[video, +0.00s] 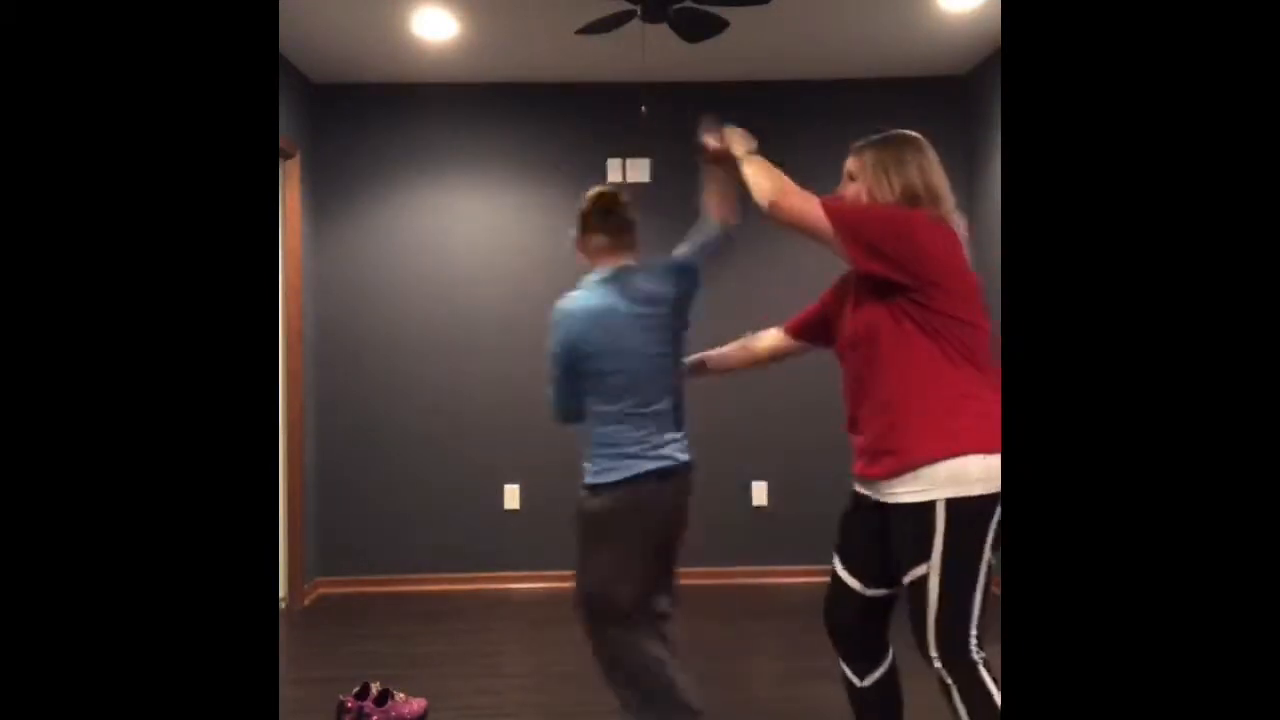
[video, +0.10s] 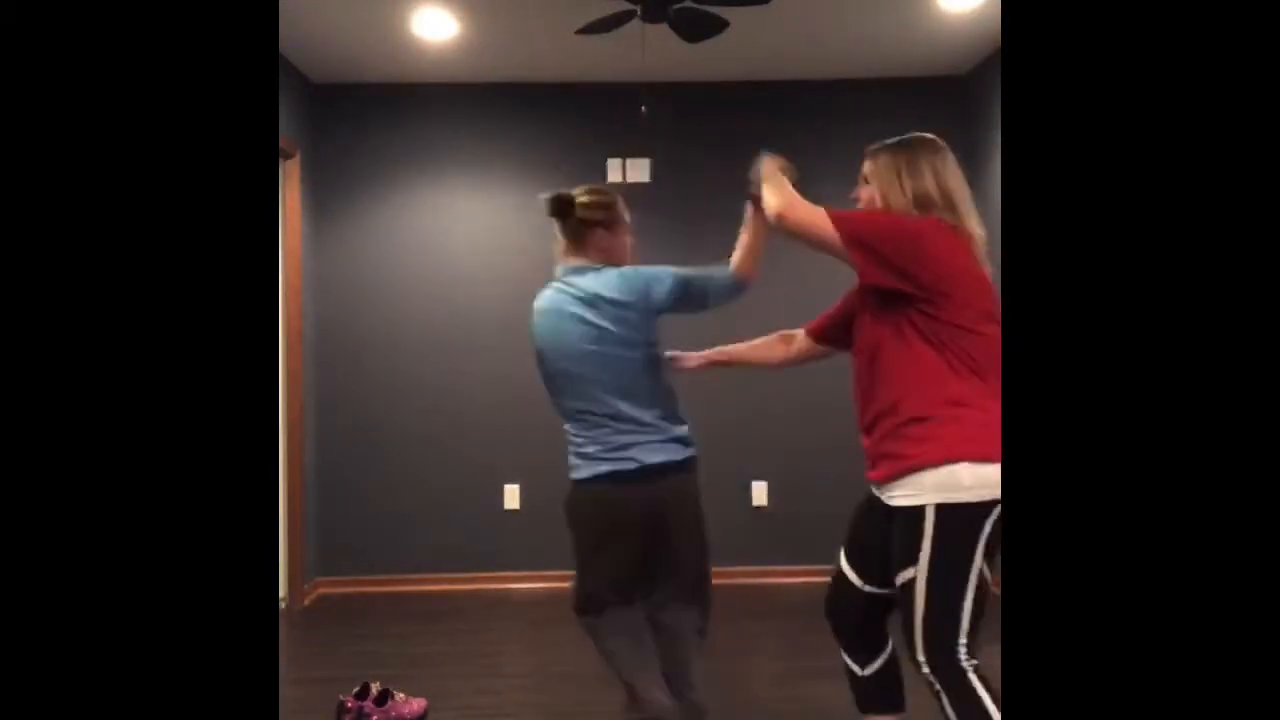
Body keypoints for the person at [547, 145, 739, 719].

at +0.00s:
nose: (579, 248)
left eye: (579, 241)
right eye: (585, 240)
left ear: (585, 243)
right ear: (632, 238)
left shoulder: (573, 311)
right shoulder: (669, 280)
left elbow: (567, 408)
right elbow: (720, 222)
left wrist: (610, 368)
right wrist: (714, 159)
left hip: (612, 486)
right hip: (672, 476)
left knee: (609, 615)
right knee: (652, 607)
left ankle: (672, 709)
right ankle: (652, 704)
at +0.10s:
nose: (632, 238)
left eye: (629, 227)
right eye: (626, 228)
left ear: (571, 237)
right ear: (603, 234)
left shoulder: (544, 308)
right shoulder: (636, 287)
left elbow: (569, 388)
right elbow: (737, 276)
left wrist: (651, 359)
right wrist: (757, 209)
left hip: (597, 486)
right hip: (668, 478)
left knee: (605, 606)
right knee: (678, 599)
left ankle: (654, 699)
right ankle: (684, 698)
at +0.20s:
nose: (626, 235)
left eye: (623, 223)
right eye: (618, 224)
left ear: (568, 232)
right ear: (585, 231)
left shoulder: (544, 297)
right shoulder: (610, 283)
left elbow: (593, 387)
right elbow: (713, 305)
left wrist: (658, 367)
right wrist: (770, 244)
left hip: (586, 482)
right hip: (645, 478)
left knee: (619, 609)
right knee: (677, 609)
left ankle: (611, 710)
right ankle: (675, 710)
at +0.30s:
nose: (624, 226)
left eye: (621, 214)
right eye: (613, 215)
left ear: (571, 223)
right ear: (580, 222)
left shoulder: (561, 279)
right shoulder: (588, 278)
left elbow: (608, 382)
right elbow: (685, 323)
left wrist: (670, 356)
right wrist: (754, 284)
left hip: (586, 469)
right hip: (617, 472)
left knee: (621, 607)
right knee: (663, 609)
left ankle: (614, 708)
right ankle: (676, 707)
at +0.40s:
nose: (623, 217)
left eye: (620, 206)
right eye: (611, 207)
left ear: (579, 217)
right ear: (574, 215)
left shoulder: (578, 273)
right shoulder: (573, 276)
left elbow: (633, 365)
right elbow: (637, 349)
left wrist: (701, 330)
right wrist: (714, 324)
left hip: (591, 464)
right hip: (598, 468)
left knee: (614, 602)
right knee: (671, 583)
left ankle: (615, 709)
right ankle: (676, 706)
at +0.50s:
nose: (624, 210)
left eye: (623, 199)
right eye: (610, 202)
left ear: (614, 206)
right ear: (573, 211)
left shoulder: (602, 276)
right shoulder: (569, 275)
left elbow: (665, 345)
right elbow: (618, 356)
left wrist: (699, 280)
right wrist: (694, 361)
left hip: (620, 465)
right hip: (596, 470)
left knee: (624, 601)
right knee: (661, 601)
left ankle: (612, 707)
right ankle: (656, 709)